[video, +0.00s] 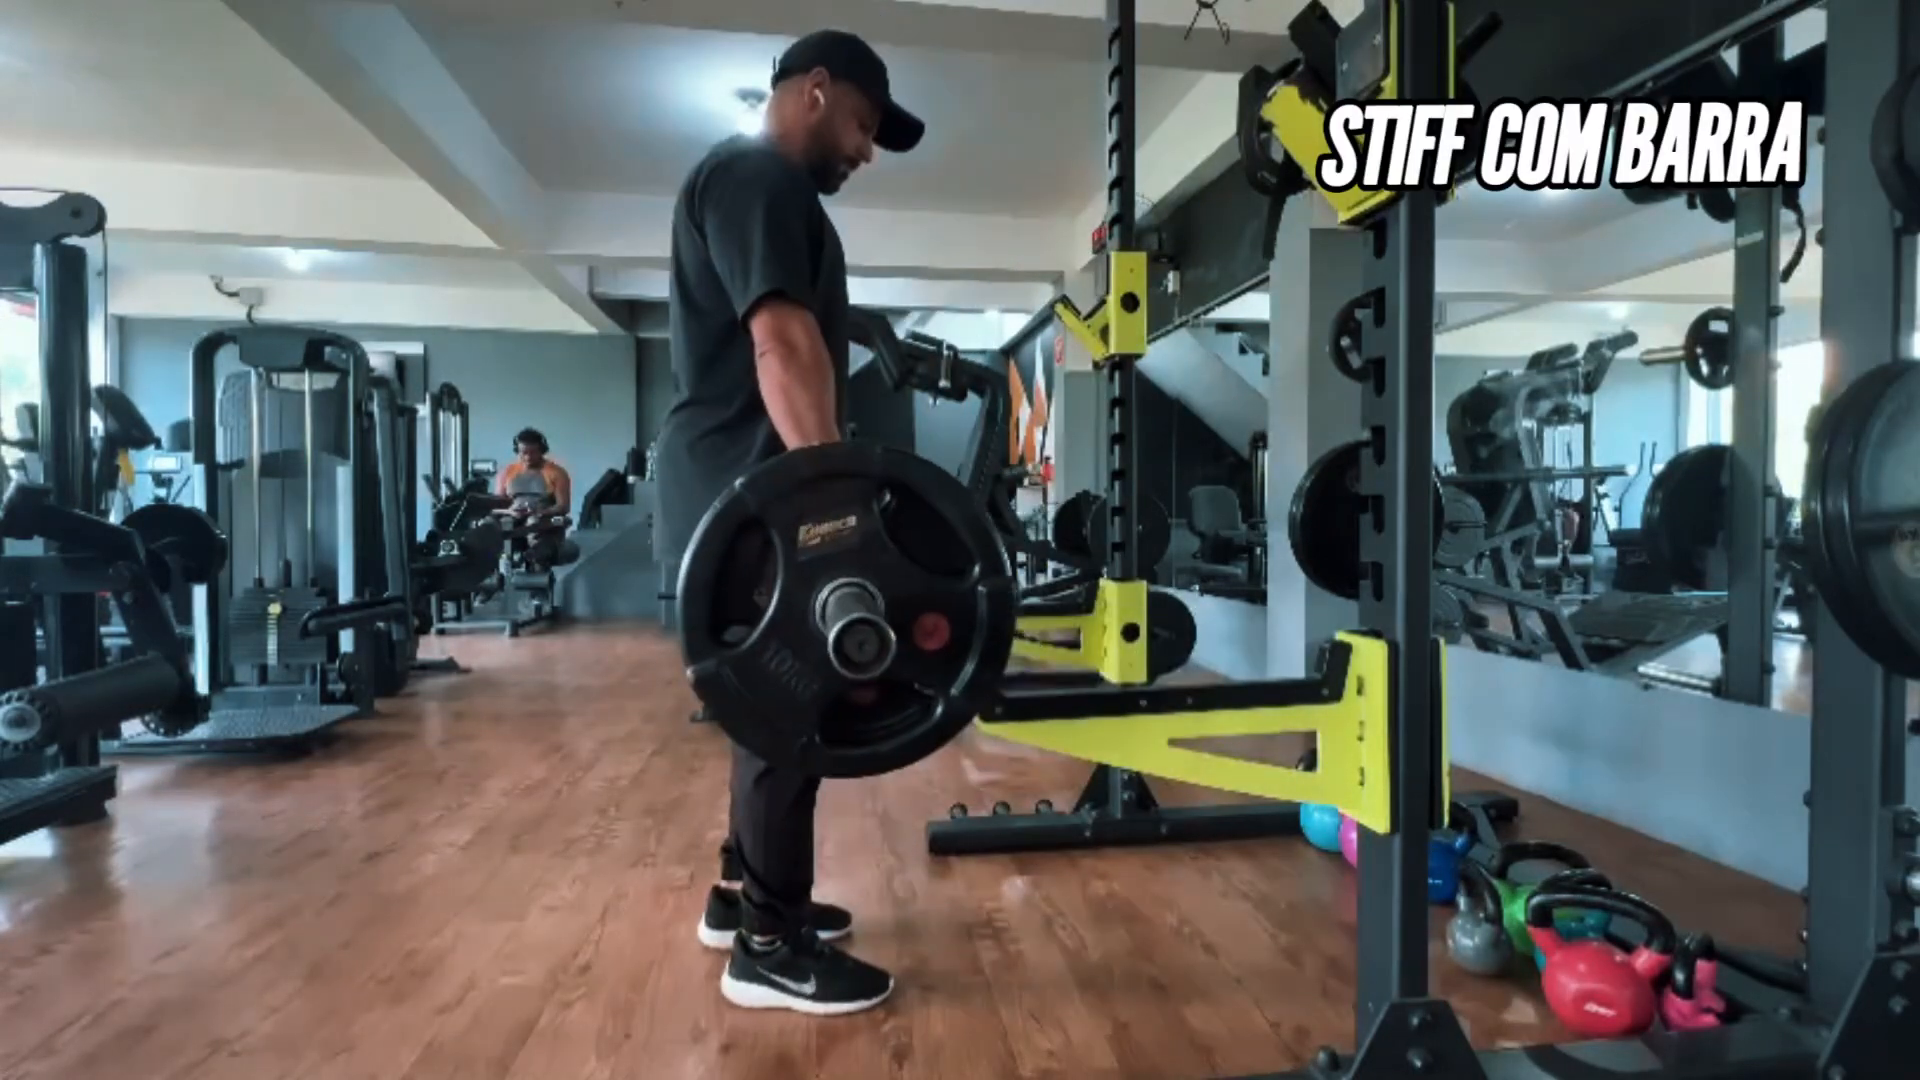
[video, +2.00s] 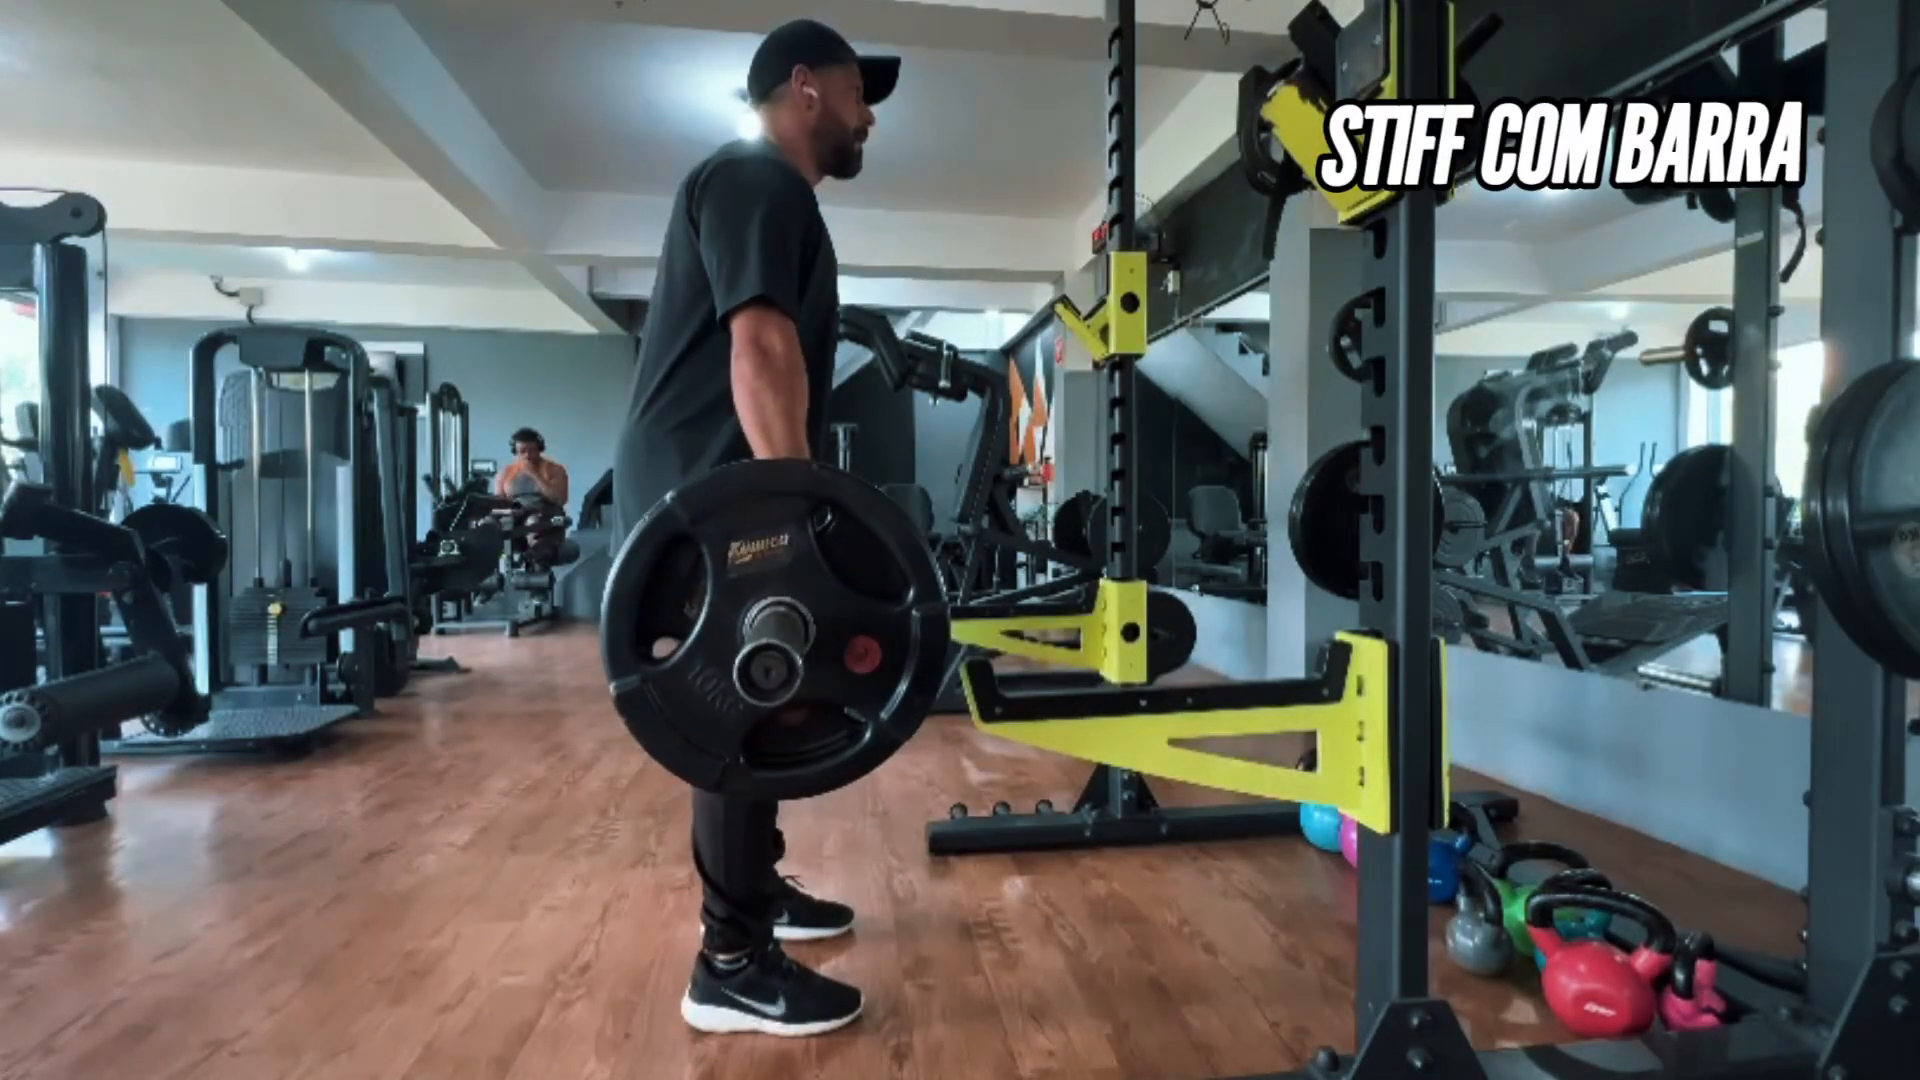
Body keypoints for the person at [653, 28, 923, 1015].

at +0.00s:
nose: (867, 151)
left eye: (873, 137)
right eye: (864, 127)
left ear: (808, 97)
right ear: (813, 92)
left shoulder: (764, 182)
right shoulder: (754, 171)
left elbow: (793, 342)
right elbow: (780, 337)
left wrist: (825, 493)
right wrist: (832, 504)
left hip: (739, 476)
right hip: (743, 479)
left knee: (776, 690)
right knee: (783, 693)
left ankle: (752, 891)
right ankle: (770, 946)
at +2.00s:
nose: (871, 116)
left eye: (871, 99)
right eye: (860, 93)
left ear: (797, 91)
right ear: (807, 85)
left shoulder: (766, 191)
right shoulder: (755, 177)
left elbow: (773, 361)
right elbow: (759, 347)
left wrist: (791, 505)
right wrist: (795, 511)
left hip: (719, 491)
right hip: (709, 494)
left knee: (755, 697)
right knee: (738, 709)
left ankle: (752, 880)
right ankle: (730, 959)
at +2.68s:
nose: (964, 225)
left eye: (967, 207)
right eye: (956, 203)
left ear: (897, 194)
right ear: (906, 189)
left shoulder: (836, 270)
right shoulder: (822, 252)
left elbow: (800, 427)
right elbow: (793, 424)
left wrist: (802, 594)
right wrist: (801, 602)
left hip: (661, 478)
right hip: (658, 480)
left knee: (742, 691)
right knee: (748, 703)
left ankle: (780, 888)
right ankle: (733, 962)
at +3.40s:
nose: (990, 375)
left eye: (997, 359)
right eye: (989, 352)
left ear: (939, 332)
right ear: (945, 332)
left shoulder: (849, 369)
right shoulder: (838, 367)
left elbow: (816, 545)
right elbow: (803, 552)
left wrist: (793, 716)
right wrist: (797, 732)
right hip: (601, 493)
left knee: (731, 710)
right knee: (733, 713)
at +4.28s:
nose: (955, 226)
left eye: (958, 208)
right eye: (948, 203)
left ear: (887, 198)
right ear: (899, 193)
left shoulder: (825, 269)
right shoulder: (814, 253)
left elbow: (797, 430)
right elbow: (794, 427)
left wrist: (803, 597)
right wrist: (804, 608)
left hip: (642, 482)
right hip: (643, 483)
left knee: (735, 691)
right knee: (748, 702)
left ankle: (774, 887)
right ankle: (733, 959)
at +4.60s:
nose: (866, 99)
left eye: (864, 83)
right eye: (854, 79)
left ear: (792, 82)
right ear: (799, 75)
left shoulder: (778, 186)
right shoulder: (753, 165)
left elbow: (783, 344)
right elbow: (767, 325)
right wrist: (822, 495)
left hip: (721, 467)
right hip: (697, 467)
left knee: (748, 686)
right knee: (725, 697)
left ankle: (749, 880)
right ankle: (729, 957)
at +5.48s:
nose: (951, 206)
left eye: (953, 188)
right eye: (945, 184)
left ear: (887, 170)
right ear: (898, 167)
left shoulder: (829, 248)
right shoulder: (820, 233)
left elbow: (805, 412)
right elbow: (807, 408)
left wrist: (828, 584)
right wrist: (825, 587)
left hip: (690, 481)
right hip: (658, 477)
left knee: (742, 691)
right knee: (727, 704)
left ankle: (758, 893)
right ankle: (730, 961)